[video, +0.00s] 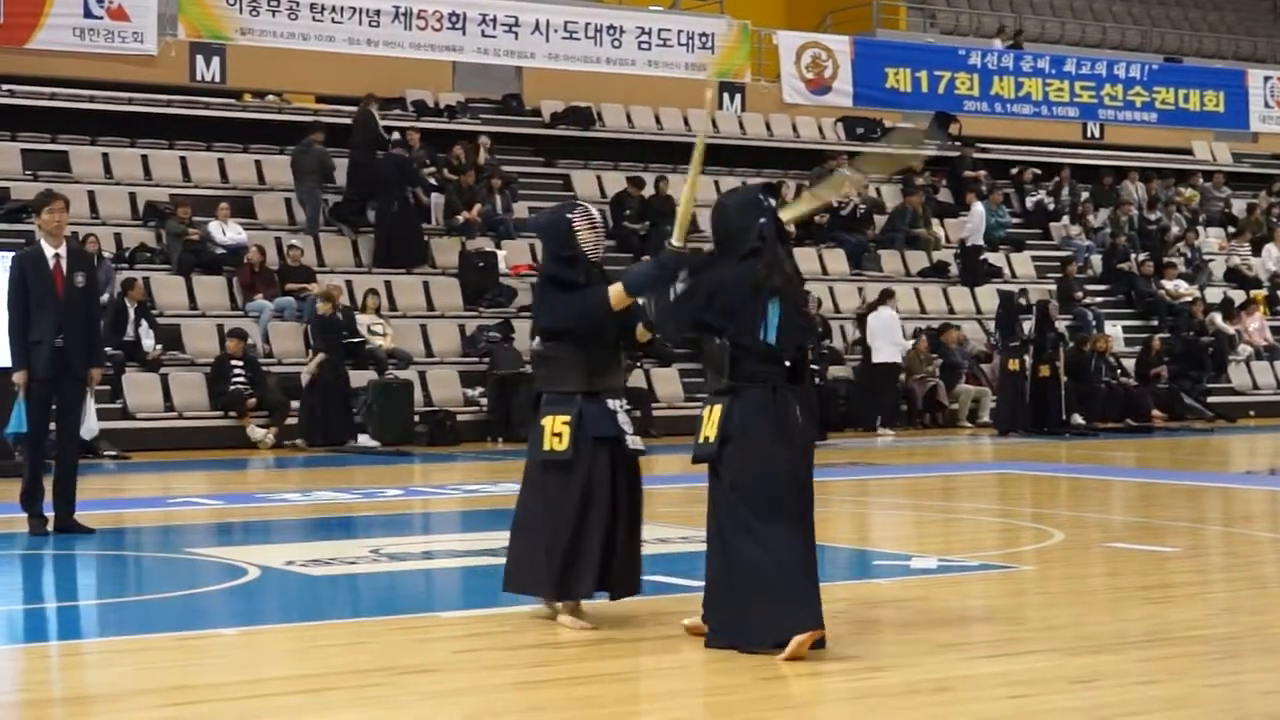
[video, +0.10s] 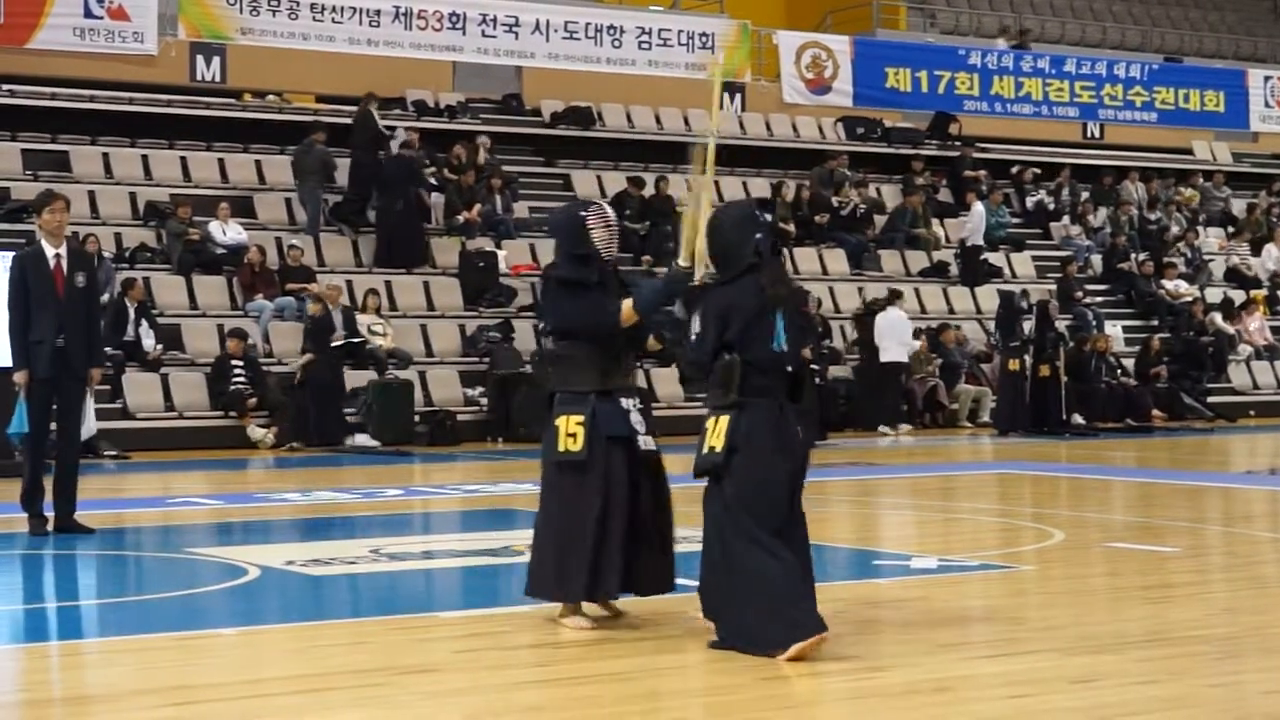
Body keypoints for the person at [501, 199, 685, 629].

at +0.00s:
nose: (599, 238)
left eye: (597, 231)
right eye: (590, 231)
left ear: (579, 239)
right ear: (570, 240)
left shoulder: (595, 284)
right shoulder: (555, 291)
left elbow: (626, 333)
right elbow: (601, 304)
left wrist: (648, 328)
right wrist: (655, 269)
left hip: (597, 400)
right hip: (569, 404)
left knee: (582, 495)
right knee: (574, 497)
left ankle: (558, 590)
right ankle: (564, 598)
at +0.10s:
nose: (612, 235)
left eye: (611, 227)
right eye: (604, 228)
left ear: (596, 233)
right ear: (583, 234)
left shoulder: (610, 279)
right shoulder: (564, 282)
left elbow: (642, 341)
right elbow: (610, 320)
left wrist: (653, 332)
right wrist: (662, 289)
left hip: (614, 399)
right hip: (578, 402)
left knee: (613, 496)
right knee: (579, 500)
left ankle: (600, 590)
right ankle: (569, 603)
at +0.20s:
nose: (629, 238)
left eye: (629, 230)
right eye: (620, 230)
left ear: (627, 237)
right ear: (597, 236)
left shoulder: (631, 284)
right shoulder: (571, 291)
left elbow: (657, 342)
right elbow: (617, 332)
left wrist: (682, 295)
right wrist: (666, 300)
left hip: (635, 403)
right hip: (592, 405)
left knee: (662, 492)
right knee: (588, 503)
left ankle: (654, 591)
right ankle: (572, 605)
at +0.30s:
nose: (648, 241)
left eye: (647, 233)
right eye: (640, 234)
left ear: (643, 237)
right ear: (617, 240)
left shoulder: (645, 283)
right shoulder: (590, 290)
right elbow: (621, 336)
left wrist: (669, 289)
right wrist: (651, 293)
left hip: (649, 402)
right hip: (605, 405)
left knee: (673, 496)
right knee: (601, 502)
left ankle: (701, 597)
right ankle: (575, 599)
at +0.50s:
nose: (677, 244)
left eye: (681, 236)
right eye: (670, 236)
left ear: (691, 241)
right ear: (653, 243)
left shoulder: (697, 290)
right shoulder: (635, 296)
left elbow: (713, 339)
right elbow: (610, 353)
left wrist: (675, 329)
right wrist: (620, 320)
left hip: (693, 408)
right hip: (643, 410)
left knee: (691, 502)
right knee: (624, 503)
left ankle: (698, 595)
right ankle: (586, 589)